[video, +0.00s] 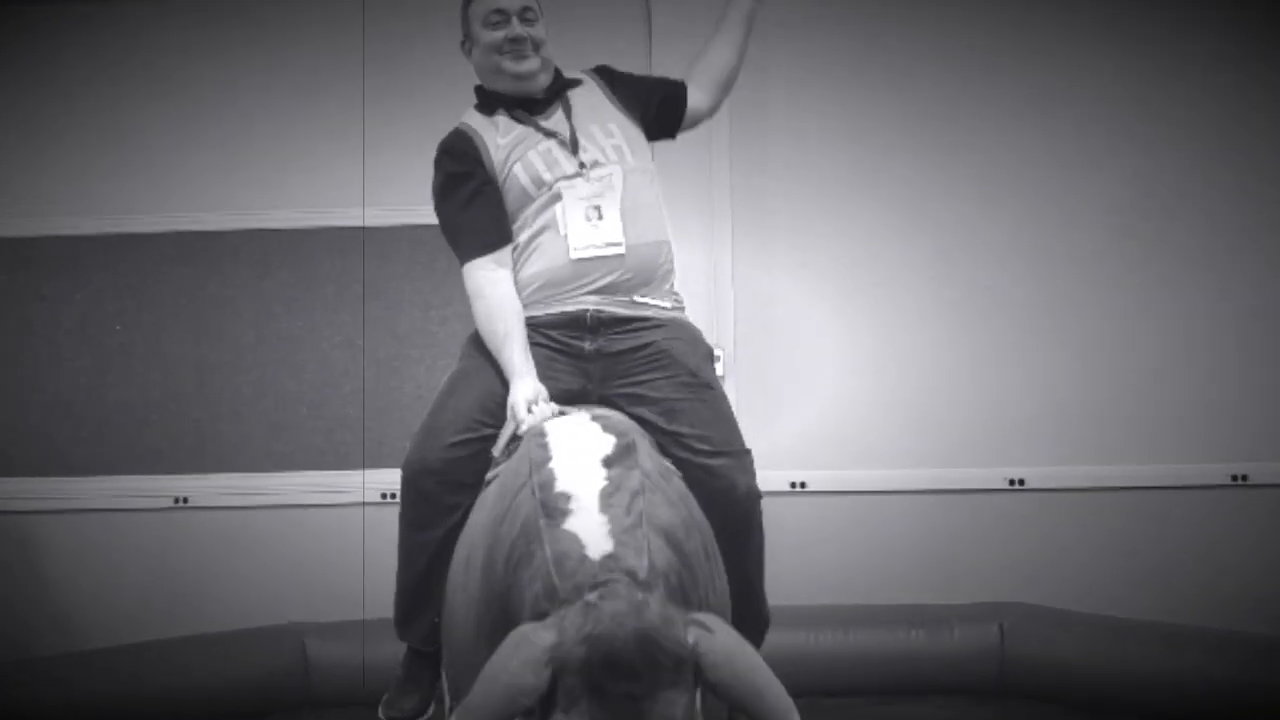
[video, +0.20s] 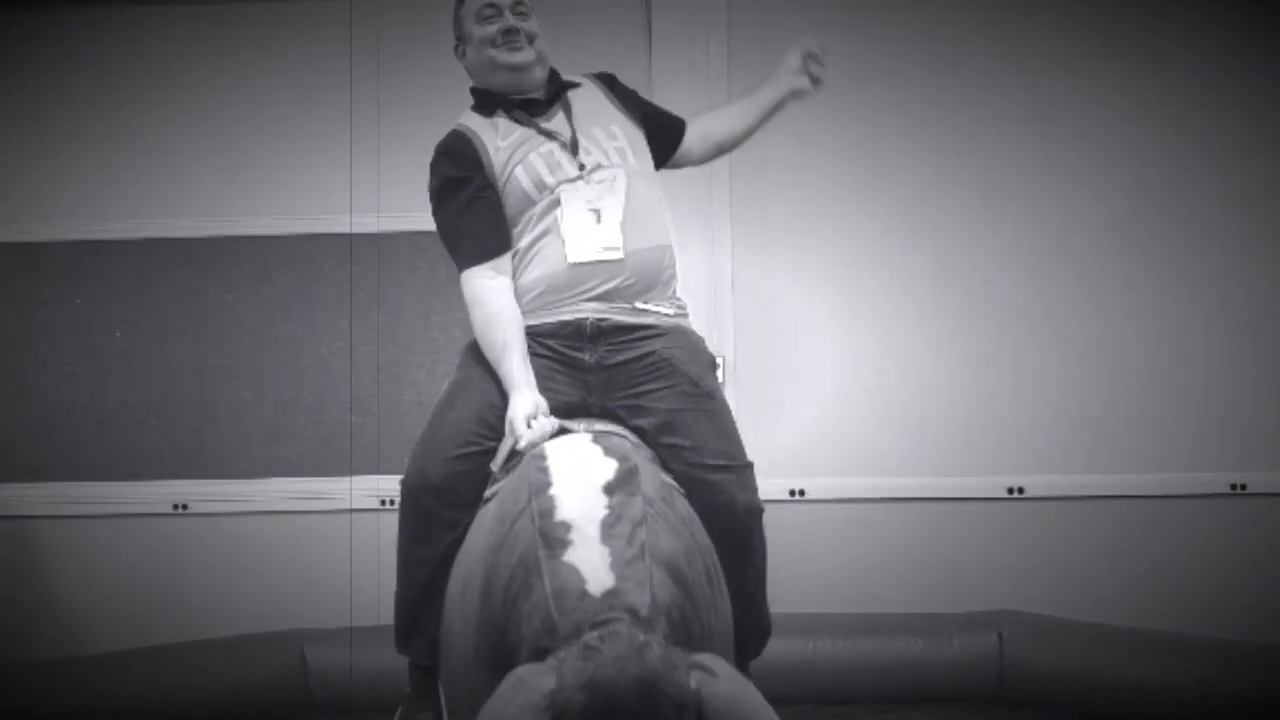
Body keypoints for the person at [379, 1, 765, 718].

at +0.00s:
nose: (517, 30)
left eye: (528, 16)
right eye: (496, 20)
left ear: (546, 28)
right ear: (466, 44)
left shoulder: (612, 91)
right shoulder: (467, 147)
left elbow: (700, 96)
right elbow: (487, 273)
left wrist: (743, 9)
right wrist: (521, 376)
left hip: (650, 331)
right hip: (528, 339)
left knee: (731, 484)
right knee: (431, 470)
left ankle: (741, 662)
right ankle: (421, 663)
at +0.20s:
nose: (510, 20)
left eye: (521, 9)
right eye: (487, 15)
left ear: (544, 30)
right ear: (462, 54)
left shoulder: (605, 95)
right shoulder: (465, 150)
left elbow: (690, 142)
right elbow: (485, 281)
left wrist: (783, 88)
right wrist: (522, 389)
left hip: (652, 338)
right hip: (529, 348)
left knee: (733, 501)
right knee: (432, 482)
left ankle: (732, 675)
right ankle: (426, 680)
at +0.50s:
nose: (503, 20)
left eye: (511, 11)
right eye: (479, 19)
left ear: (535, 32)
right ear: (458, 65)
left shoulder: (606, 99)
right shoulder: (463, 161)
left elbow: (690, 170)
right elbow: (484, 303)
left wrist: (800, 196)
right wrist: (521, 415)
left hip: (659, 362)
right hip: (528, 372)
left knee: (736, 535)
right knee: (429, 513)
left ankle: (739, 695)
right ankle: (424, 695)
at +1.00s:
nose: (498, 62)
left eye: (509, 42)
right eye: (472, 53)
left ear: (539, 58)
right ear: (451, 90)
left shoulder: (619, 120)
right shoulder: (452, 199)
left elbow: (704, 210)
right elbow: (474, 349)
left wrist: (752, 298)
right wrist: (514, 467)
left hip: (656, 413)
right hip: (516, 422)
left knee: (736, 589)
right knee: (415, 563)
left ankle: (750, 715)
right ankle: (408, 713)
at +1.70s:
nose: (513, 133)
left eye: (526, 111)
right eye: (490, 120)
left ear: (552, 118)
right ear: (469, 140)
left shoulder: (622, 181)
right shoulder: (454, 235)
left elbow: (704, 281)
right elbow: (468, 375)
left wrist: (675, 393)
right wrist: (514, 475)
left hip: (647, 437)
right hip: (518, 444)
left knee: (734, 592)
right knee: (412, 564)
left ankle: (748, 716)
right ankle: (405, 713)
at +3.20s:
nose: (545, 112)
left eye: (552, 100)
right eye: (525, 103)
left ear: (566, 116)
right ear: (496, 129)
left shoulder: (609, 178)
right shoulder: (472, 202)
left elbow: (666, 257)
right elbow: (468, 308)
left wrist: (630, 331)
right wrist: (502, 384)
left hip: (615, 363)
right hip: (508, 372)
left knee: (688, 480)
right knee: (432, 469)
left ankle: (716, 665)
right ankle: (420, 664)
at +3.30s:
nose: (536, 92)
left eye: (541, 80)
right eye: (515, 84)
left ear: (556, 94)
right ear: (485, 113)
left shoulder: (607, 158)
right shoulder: (468, 189)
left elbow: (686, 213)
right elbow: (470, 296)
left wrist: (700, 262)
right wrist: (503, 376)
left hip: (618, 352)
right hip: (510, 361)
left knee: (693, 481)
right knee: (433, 464)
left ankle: (719, 659)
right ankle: (418, 660)